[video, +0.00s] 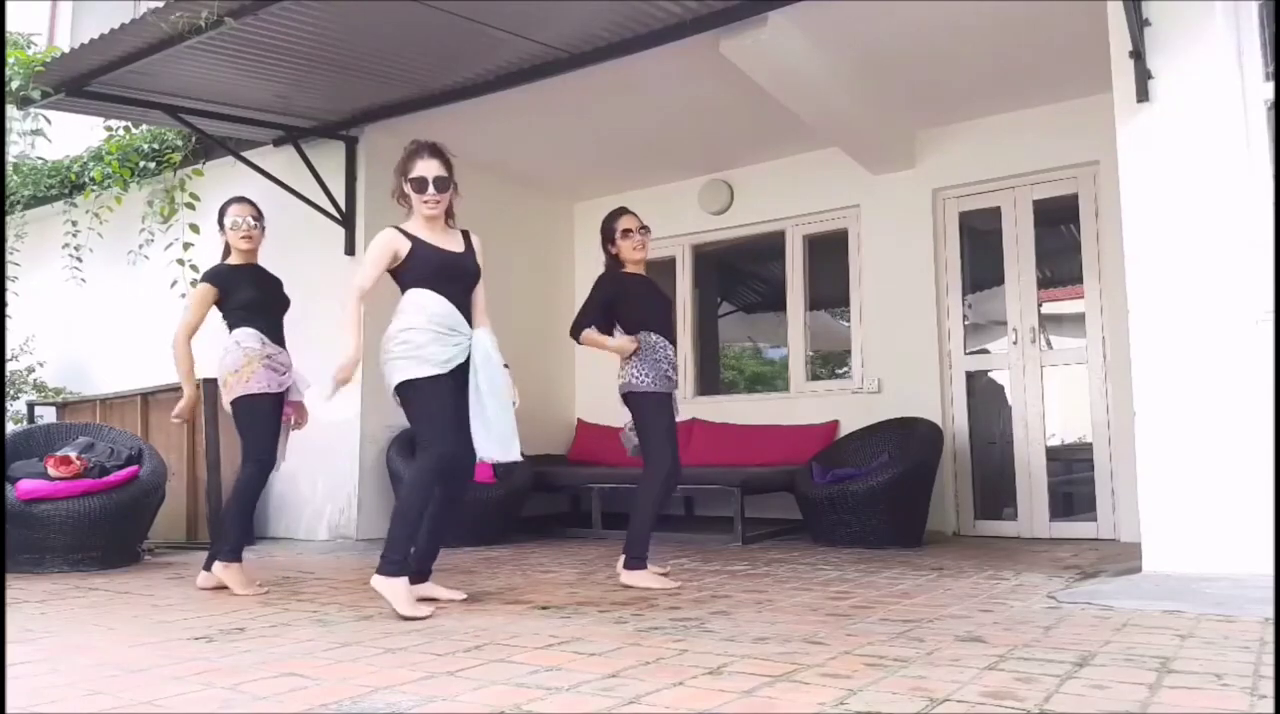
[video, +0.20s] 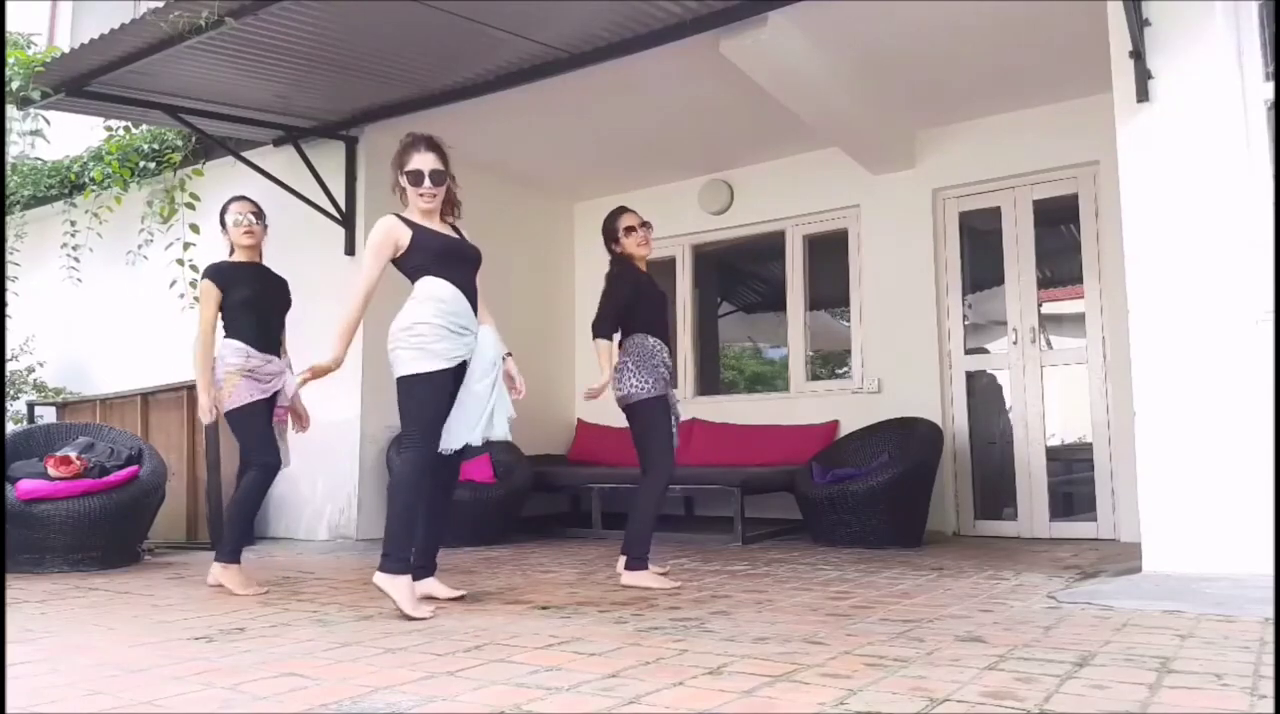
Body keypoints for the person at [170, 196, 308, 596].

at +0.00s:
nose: (248, 228)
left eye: (254, 221)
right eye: (237, 223)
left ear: (263, 229)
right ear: (224, 233)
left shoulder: (271, 279)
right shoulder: (221, 275)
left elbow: (278, 342)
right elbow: (182, 336)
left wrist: (292, 394)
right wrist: (190, 390)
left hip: (276, 376)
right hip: (246, 372)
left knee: (257, 465)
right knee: (259, 462)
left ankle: (215, 564)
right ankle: (228, 560)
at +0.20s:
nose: (247, 223)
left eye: (254, 218)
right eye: (237, 219)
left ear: (264, 229)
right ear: (226, 232)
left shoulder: (279, 284)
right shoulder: (218, 273)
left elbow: (280, 347)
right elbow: (205, 335)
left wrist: (293, 397)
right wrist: (204, 390)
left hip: (271, 378)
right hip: (234, 375)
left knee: (250, 469)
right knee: (266, 460)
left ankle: (229, 562)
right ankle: (226, 563)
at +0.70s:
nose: (249, 252)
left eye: (257, 246)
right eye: (240, 245)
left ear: (265, 255)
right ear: (226, 253)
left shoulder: (275, 305)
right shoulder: (211, 300)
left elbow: (287, 367)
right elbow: (198, 362)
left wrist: (303, 414)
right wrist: (217, 382)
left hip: (270, 397)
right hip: (230, 395)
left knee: (276, 482)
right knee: (259, 464)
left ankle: (226, 564)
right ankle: (249, 565)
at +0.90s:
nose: (247, 251)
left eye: (255, 245)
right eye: (238, 244)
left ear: (263, 251)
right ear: (225, 250)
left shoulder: (275, 303)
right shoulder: (210, 293)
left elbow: (287, 365)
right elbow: (175, 349)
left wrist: (312, 410)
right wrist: (201, 319)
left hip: (274, 393)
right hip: (232, 392)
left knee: (275, 484)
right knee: (253, 457)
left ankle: (226, 562)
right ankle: (240, 562)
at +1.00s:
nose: (247, 243)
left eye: (255, 237)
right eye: (238, 237)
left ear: (265, 243)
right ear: (225, 243)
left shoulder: (279, 293)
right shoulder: (212, 286)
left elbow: (287, 355)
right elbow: (168, 332)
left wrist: (303, 403)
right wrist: (199, 353)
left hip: (272, 386)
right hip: (228, 383)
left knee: (263, 474)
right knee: (248, 462)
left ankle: (229, 561)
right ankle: (217, 557)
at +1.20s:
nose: (245, 236)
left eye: (253, 230)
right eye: (237, 230)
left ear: (264, 236)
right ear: (226, 236)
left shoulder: (279, 287)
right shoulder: (214, 280)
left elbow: (281, 346)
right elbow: (196, 339)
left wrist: (286, 397)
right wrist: (192, 390)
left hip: (266, 385)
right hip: (227, 383)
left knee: (249, 473)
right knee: (225, 469)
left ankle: (228, 564)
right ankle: (201, 565)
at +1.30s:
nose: (246, 235)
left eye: (254, 228)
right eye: (238, 229)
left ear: (266, 234)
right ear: (228, 234)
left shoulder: (281, 287)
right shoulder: (215, 277)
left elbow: (284, 349)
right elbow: (201, 341)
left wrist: (290, 400)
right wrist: (195, 398)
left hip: (265, 384)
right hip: (224, 381)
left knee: (252, 473)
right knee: (227, 468)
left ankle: (235, 565)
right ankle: (203, 565)